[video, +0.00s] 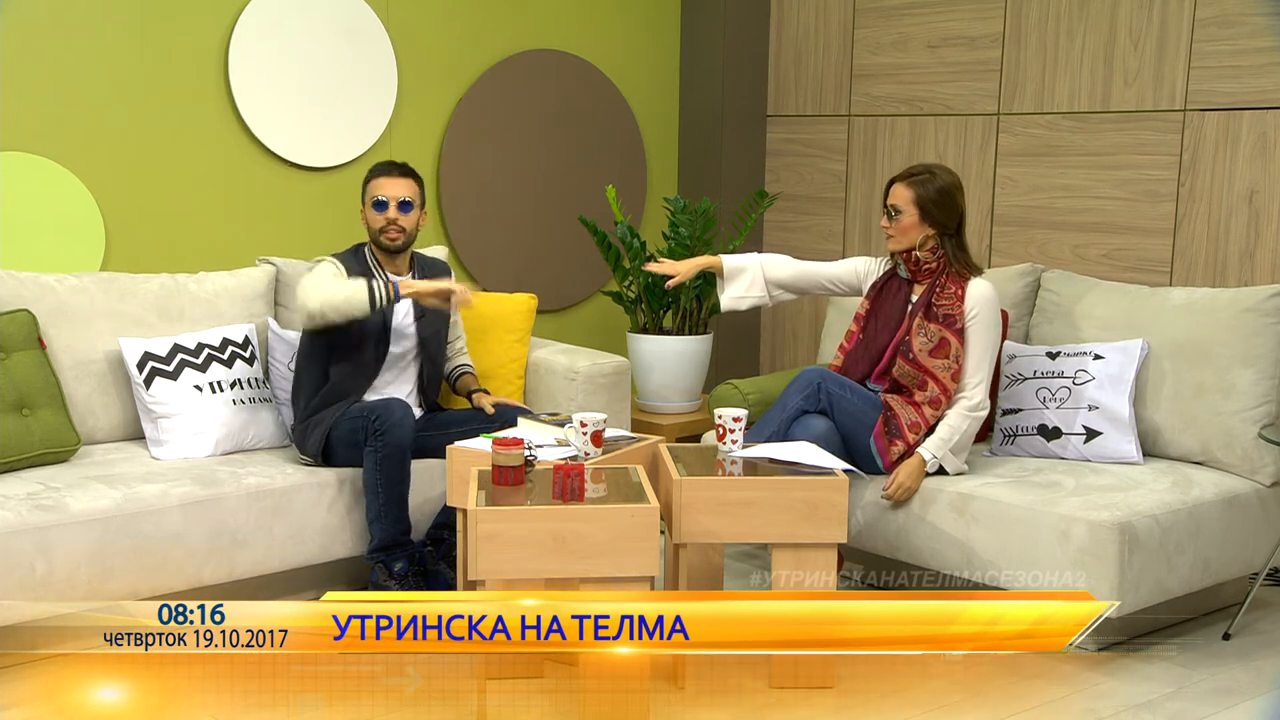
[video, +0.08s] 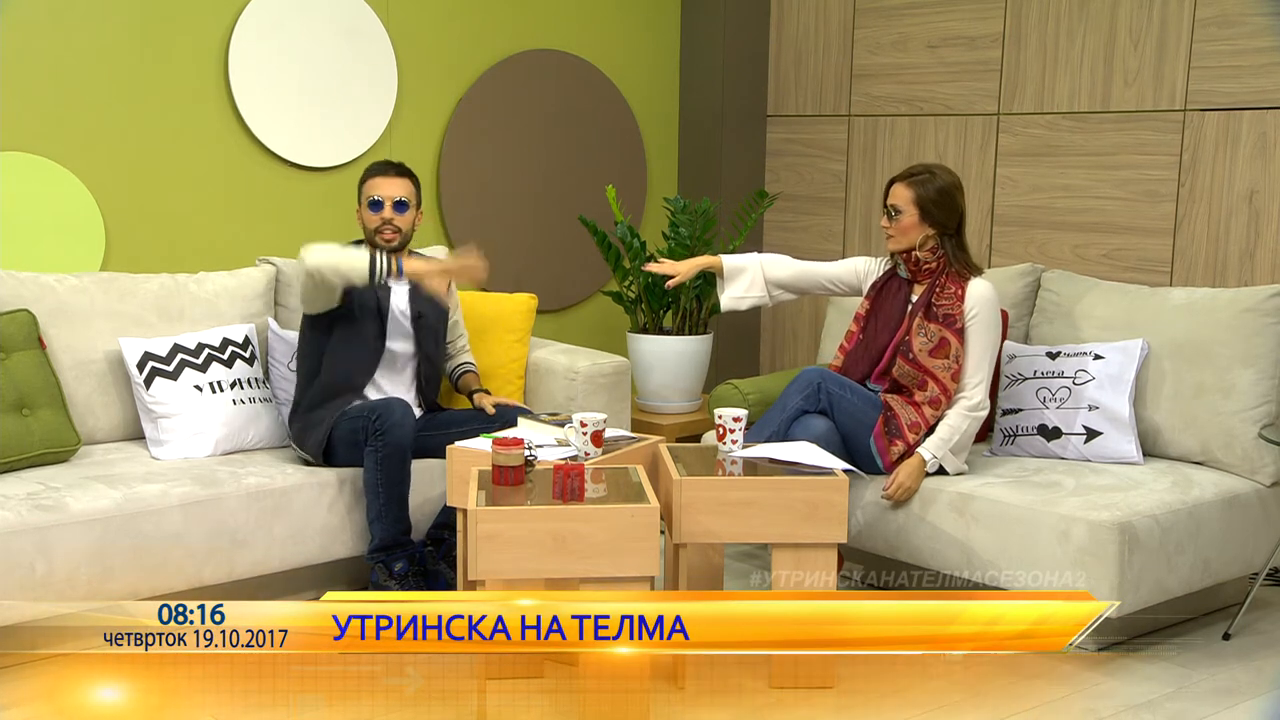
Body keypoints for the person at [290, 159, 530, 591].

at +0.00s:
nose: (392, 216)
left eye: (405, 206)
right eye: (380, 205)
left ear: (421, 219)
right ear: (363, 215)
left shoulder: (436, 273)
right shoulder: (339, 269)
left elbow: (454, 355)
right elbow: (309, 302)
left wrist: (476, 393)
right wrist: (408, 289)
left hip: (415, 421)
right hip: (334, 424)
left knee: (513, 422)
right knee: (394, 413)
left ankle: (439, 550)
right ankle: (392, 562)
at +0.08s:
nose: (387, 215)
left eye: (401, 206)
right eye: (375, 205)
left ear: (418, 218)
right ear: (359, 215)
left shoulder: (435, 273)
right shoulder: (333, 263)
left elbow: (456, 352)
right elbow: (315, 260)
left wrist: (477, 392)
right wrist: (415, 268)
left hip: (415, 421)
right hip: (333, 423)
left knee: (514, 422)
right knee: (395, 412)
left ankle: (441, 549)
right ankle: (391, 561)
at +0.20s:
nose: (385, 216)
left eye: (398, 205)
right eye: (373, 204)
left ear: (415, 216)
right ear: (359, 213)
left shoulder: (436, 274)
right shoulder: (332, 268)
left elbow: (455, 347)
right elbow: (314, 226)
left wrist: (477, 389)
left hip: (414, 419)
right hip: (335, 425)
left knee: (515, 420)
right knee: (395, 413)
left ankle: (441, 548)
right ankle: (391, 562)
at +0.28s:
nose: (386, 214)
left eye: (398, 204)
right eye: (374, 203)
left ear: (416, 215)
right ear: (354, 213)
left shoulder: (436, 273)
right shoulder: (334, 270)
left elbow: (457, 346)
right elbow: (321, 221)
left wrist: (477, 388)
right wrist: (318, 133)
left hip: (414, 423)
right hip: (338, 426)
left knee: (514, 424)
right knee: (397, 415)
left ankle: (440, 550)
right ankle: (392, 563)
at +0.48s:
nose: (388, 217)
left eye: (399, 206)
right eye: (375, 206)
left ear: (415, 216)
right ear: (357, 213)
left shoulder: (435, 276)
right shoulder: (328, 265)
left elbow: (474, 344)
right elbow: (296, 216)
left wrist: (518, 377)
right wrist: (261, 140)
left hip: (414, 420)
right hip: (337, 425)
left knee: (520, 423)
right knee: (391, 413)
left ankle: (438, 554)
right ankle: (392, 565)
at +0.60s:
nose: (390, 218)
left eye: (401, 208)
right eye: (377, 207)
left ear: (414, 215)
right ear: (355, 214)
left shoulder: (437, 275)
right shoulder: (324, 263)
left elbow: (492, 328)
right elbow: (286, 219)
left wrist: (567, 348)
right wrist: (249, 150)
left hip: (415, 420)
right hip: (335, 426)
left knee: (513, 423)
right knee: (391, 414)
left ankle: (442, 554)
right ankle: (392, 564)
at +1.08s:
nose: (394, 220)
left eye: (401, 208)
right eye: (378, 211)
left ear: (412, 213)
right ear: (352, 219)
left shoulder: (438, 273)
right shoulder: (325, 266)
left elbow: (515, 304)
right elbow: (271, 244)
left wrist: (617, 295)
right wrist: (233, 180)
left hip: (416, 422)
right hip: (331, 427)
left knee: (526, 426)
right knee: (390, 416)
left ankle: (440, 550)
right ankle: (390, 563)